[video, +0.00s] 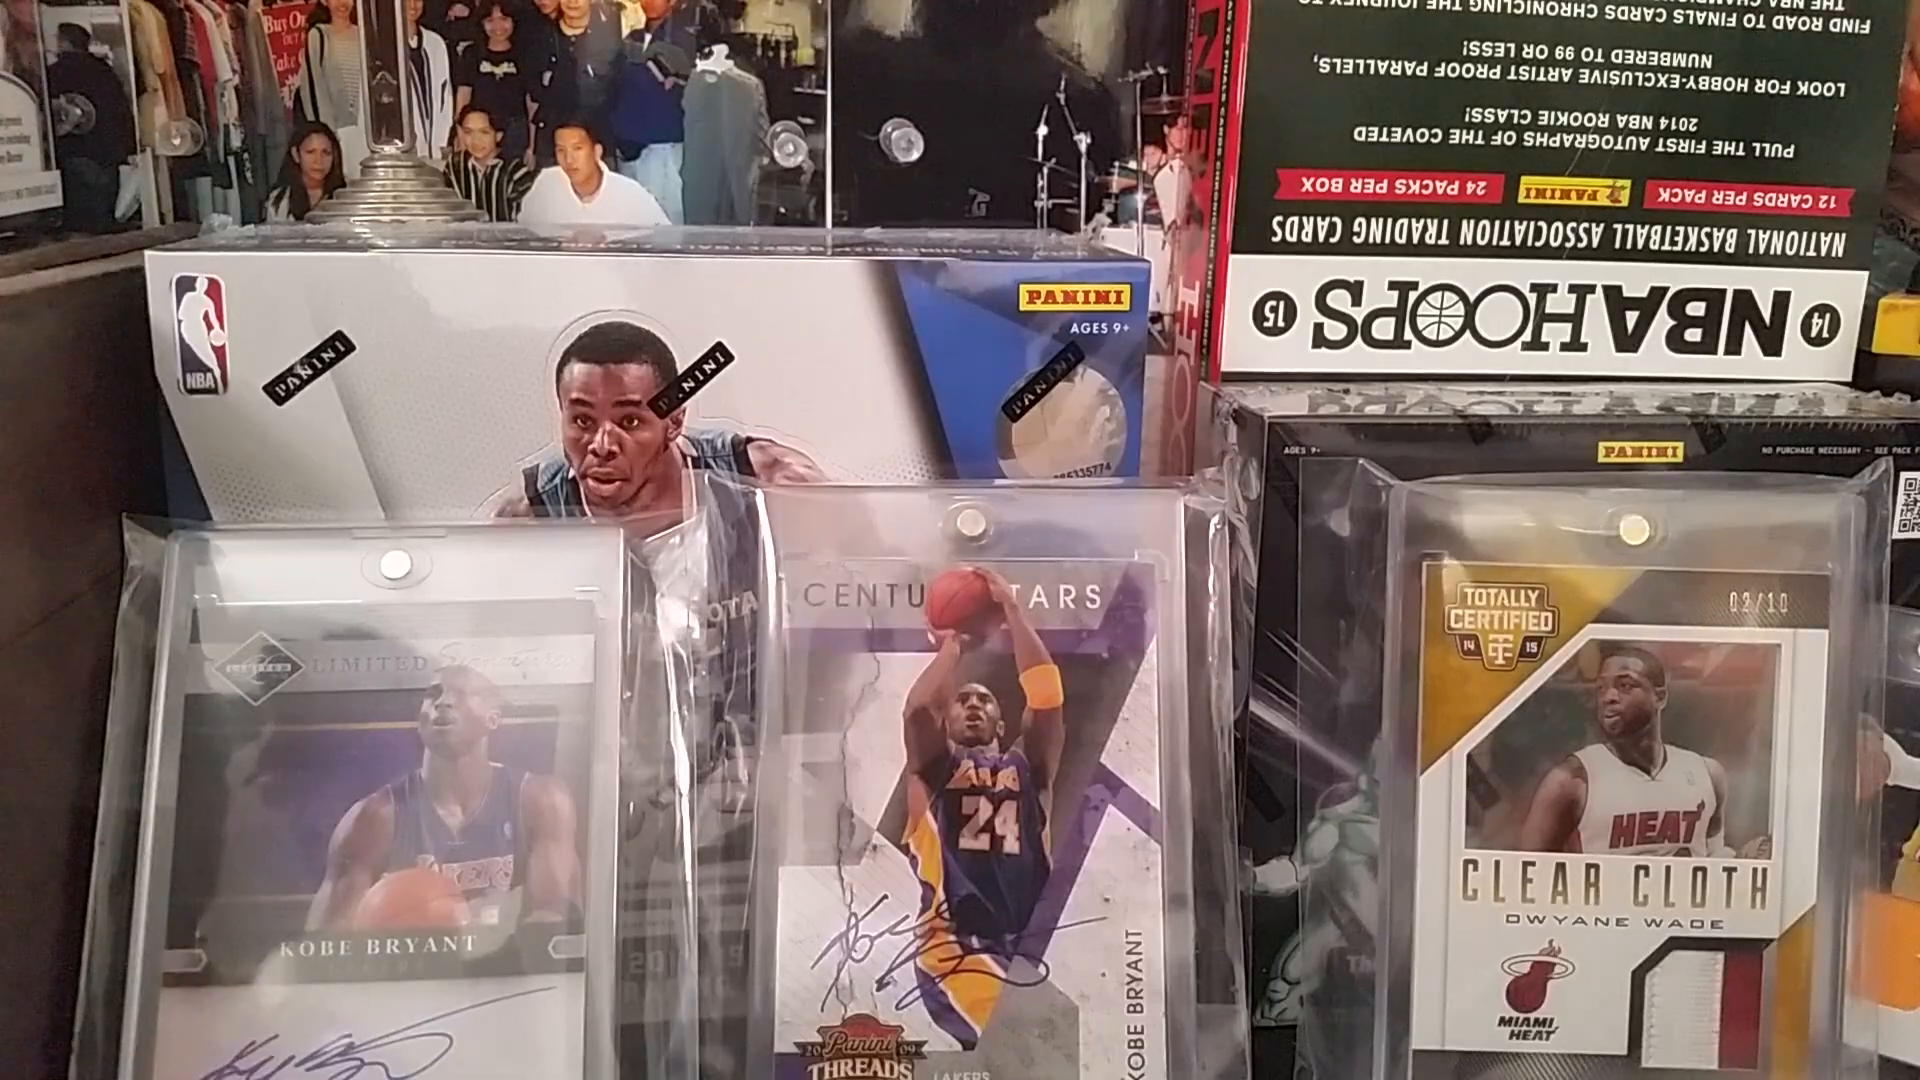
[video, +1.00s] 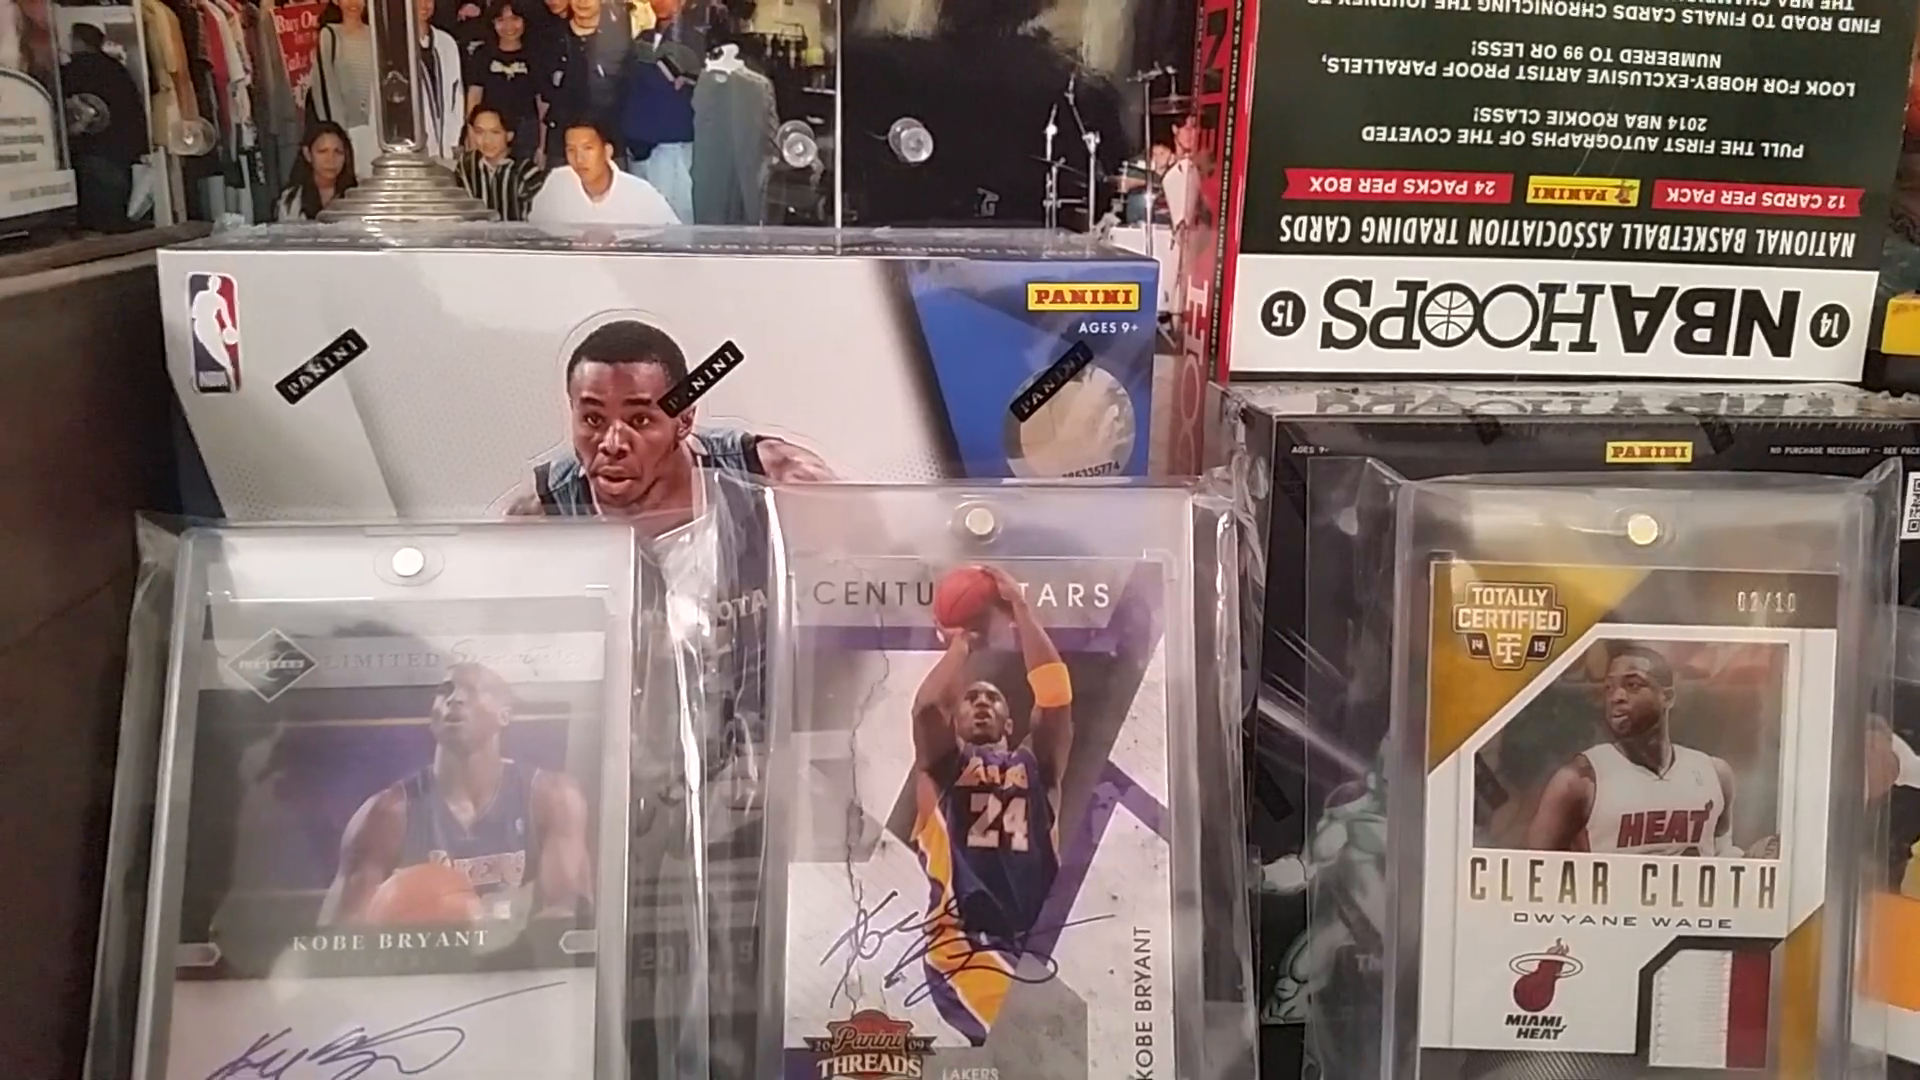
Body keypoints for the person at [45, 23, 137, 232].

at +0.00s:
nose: (57, 45)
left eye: (59, 41)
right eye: (58, 41)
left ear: (64, 43)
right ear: (86, 44)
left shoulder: (54, 73)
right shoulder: (104, 70)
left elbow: (48, 116)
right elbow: (122, 110)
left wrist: (52, 153)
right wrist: (127, 148)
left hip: (73, 153)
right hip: (107, 150)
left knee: (77, 216)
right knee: (106, 215)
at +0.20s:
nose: (57, 45)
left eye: (59, 41)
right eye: (58, 41)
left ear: (64, 43)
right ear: (87, 44)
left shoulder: (53, 73)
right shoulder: (105, 70)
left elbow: (44, 114)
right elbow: (121, 111)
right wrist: (127, 149)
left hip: (69, 152)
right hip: (105, 150)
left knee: (75, 213)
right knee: (105, 213)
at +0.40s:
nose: (57, 45)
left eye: (58, 41)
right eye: (58, 41)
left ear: (63, 43)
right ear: (86, 44)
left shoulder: (54, 72)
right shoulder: (104, 69)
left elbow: (49, 116)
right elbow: (121, 110)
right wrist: (126, 148)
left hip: (71, 153)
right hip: (105, 151)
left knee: (76, 217)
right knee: (104, 216)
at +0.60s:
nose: (57, 44)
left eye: (58, 40)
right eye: (58, 40)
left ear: (63, 43)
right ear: (86, 44)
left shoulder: (54, 73)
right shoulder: (106, 70)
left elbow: (46, 116)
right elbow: (122, 112)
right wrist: (127, 149)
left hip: (71, 155)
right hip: (106, 153)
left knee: (75, 216)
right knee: (104, 216)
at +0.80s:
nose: (57, 44)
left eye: (59, 40)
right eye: (58, 40)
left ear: (64, 43)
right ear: (86, 44)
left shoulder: (55, 72)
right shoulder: (106, 69)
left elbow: (47, 116)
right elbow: (123, 108)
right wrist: (128, 148)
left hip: (75, 155)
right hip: (108, 154)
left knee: (78, 218)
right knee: (105, 218)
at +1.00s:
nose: (71, 44)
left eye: (72, 40)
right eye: (72, 41)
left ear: (75, 42)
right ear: (100, 43)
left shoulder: (68, 73)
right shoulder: (117, 70)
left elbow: (59, 116)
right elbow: (135, 109)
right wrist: (139, 148)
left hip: (85, 152)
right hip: (119, 151)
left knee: (89, 215)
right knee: (116, 215)